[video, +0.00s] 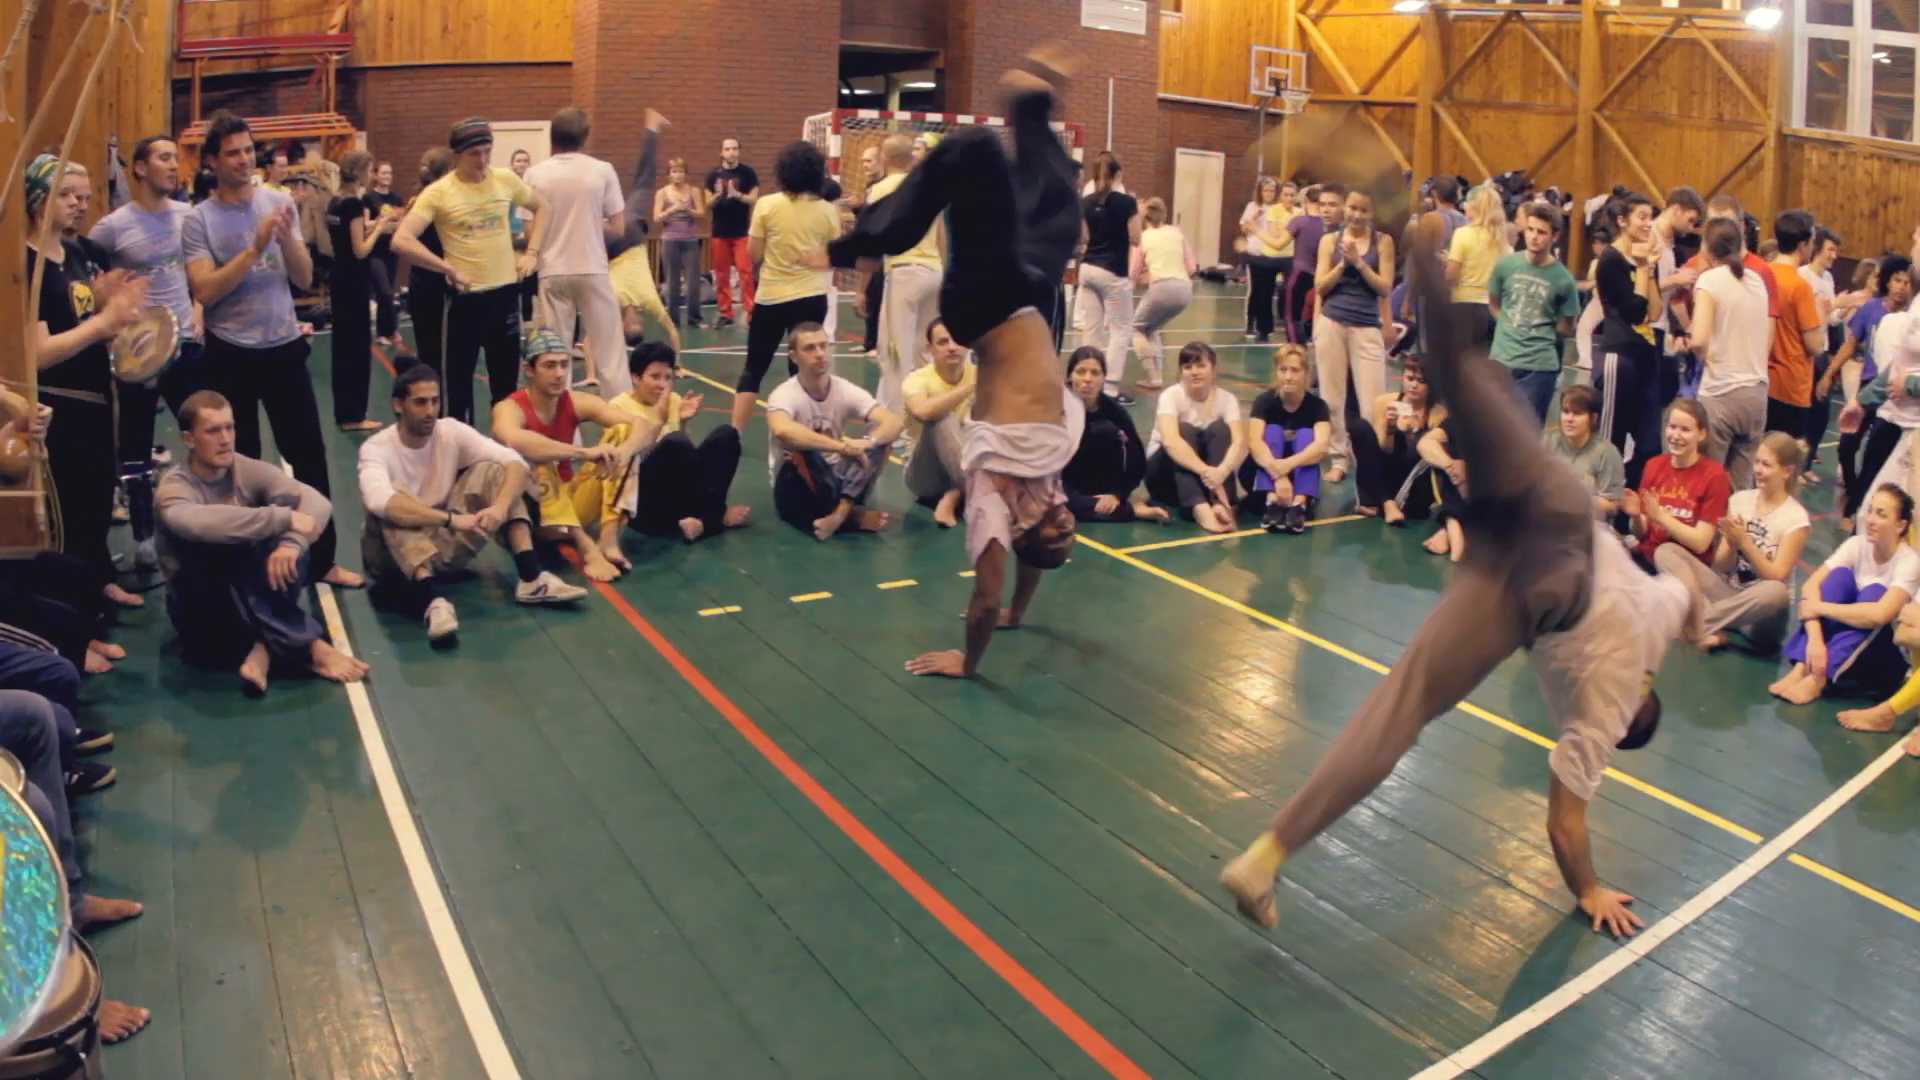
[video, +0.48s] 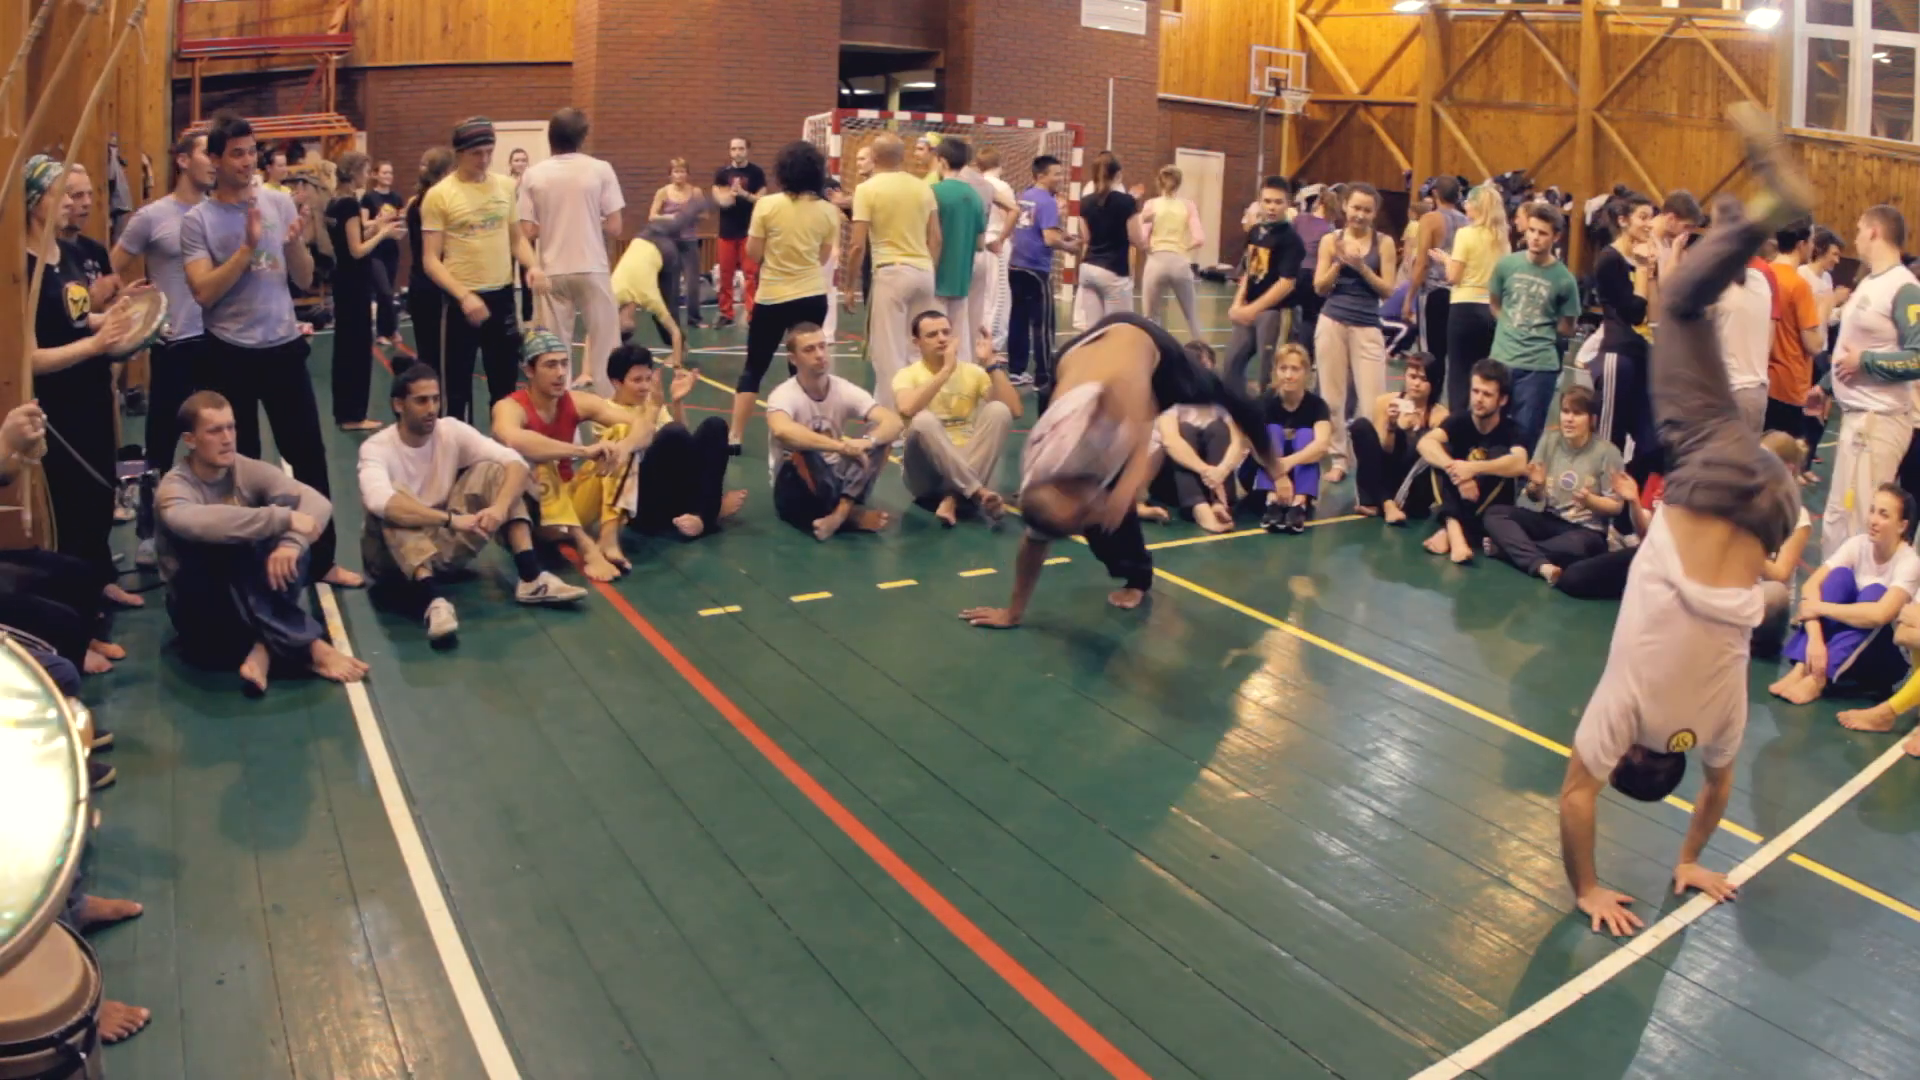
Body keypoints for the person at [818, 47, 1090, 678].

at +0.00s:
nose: (1056, 526)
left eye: (1052, 540)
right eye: (1062, 538)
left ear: (1037, 530)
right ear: (1062, 525)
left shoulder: (991, 491)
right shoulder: (1053, 486)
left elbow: (989, 598)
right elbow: (1035, 556)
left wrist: (968, 663)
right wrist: (1016, 615)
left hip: (984, 310)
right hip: (1038, 303)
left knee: (971, 148)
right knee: (1063, 207)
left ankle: (870, 240)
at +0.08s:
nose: (1063, 540)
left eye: (1056, 547)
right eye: (1067, 542)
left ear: (1043, 538)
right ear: (1066, 531)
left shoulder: (1006, 491)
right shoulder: (1057, 492)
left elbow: (1003, 599)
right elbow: (1032, 563)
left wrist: (968, 664)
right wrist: (1004, 613)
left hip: (1005, 313)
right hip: (1050, 304)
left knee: (1010, 144)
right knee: (1109, 207)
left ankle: (888, 194)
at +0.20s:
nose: (1063, 536)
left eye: (1061, 544)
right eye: (1069, 543)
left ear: (1054, 528)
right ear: (1072, 530)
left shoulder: (1026, 495)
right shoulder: (1049, 489)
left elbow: (1014, 593)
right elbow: (1021, 563)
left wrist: (972, 663)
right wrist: (998, 602)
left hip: (1046, 303)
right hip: (1061, 309)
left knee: (1061, 154)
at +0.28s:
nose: (1057, 550)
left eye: (1052, 553)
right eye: (1059, 554)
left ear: (1051, 534)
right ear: (1066, 536)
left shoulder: (1035, 490)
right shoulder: (1035, 474)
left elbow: (1021, 586)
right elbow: (1034, 560)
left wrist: (972, 657)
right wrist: (999, 602)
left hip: (1068, 307)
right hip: (1085, 307)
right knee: (1097, 199)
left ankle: (1034, 85)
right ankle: (1034, 85)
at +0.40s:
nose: (1077, 523)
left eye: (1074, 528)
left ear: (1055, 524)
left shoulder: (1053, 478)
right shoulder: (1016, 484)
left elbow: (1063, 519)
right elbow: (1023, 544)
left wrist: (1060, 606)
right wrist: (1014, 609)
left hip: (1128, 320)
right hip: (1075, 329)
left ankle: (1171, 252)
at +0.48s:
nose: (1087, 521)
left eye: (1081, 518)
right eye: (1078, 524)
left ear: (1076, 491)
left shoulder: (1110, 418)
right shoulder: (1039, 480)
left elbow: (1150, 449)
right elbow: (1033, 546)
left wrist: (1122, 497)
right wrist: (1013, 612)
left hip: (1135, 333)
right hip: (1074, 350)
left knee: (1219, 392)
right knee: (1099, 498)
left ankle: (1274, 468)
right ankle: (1136, 576)